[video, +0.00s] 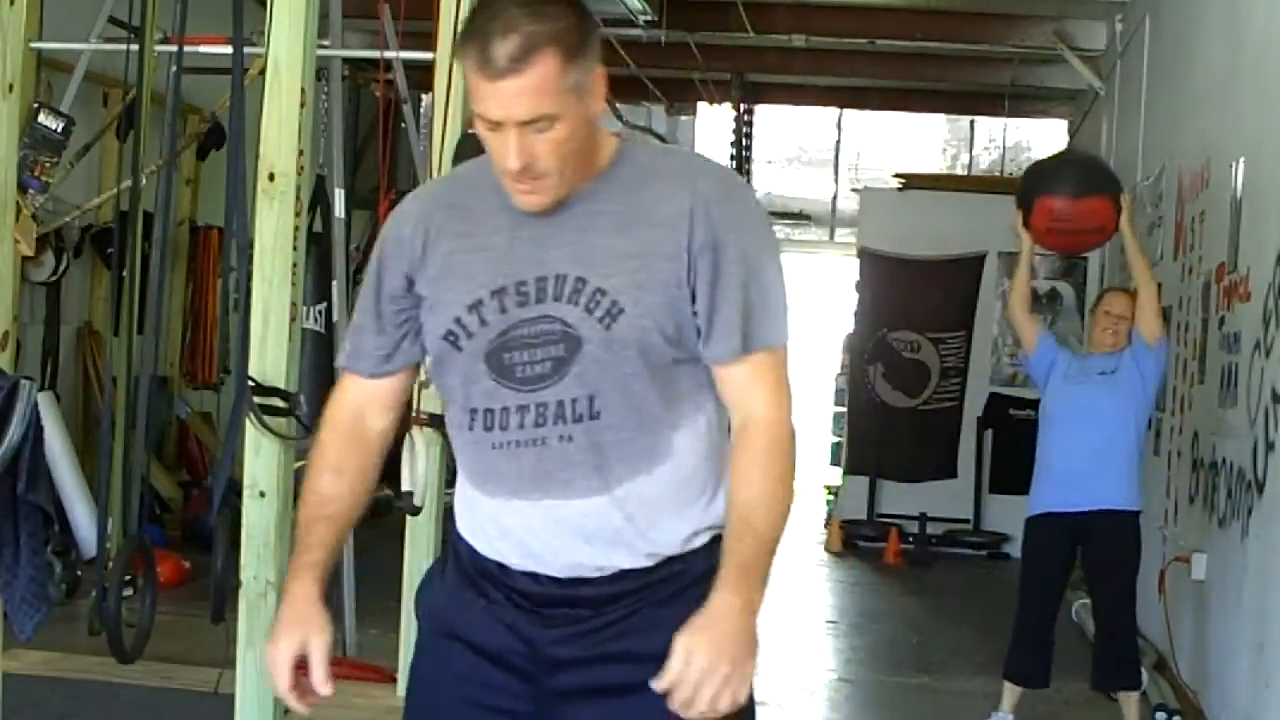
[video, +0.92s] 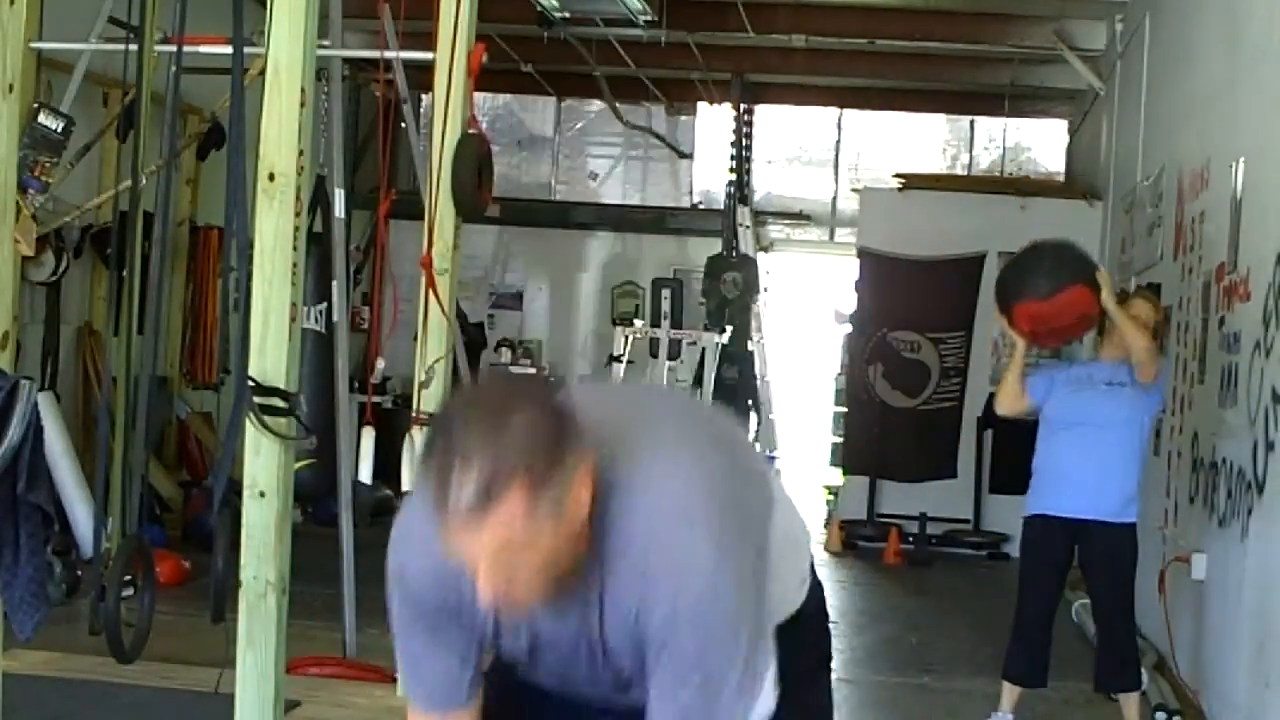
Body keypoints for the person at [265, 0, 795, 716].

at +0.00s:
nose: (515, 159)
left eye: (541, 125)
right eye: (490, 126)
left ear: (598, 91)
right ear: (470, 105)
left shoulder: (706, 208)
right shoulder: (423, 226)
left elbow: (762, 419)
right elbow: (362, 409)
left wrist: (735, 606)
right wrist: (304, 584)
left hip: (657, 621)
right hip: (479, 617)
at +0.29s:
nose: (550, 196)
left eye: (572, 160)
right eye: (525, 166)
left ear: (635, 120)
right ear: (504, 147)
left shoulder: (757, 238)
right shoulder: (494, 268)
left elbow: (817, 467)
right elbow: (441, 447)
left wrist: (759, 675)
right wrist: (367, 627)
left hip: (728, 636)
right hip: (555, 629)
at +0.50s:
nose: (577, 225)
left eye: (601, 191)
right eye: (553, 196)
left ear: (666, 151)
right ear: (535, 173)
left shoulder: (782, 265)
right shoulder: (528, 277)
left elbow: (830, 508)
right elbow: (490, 471)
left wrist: (772, 707)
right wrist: (439, 662)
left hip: (760, 630)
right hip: (592, 620)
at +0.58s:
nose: (564, 264)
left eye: (590, 230)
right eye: (544, 232)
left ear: (661, 188)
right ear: (526, 204)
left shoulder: (768, 293)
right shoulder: (515, 301)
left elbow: (815, 544)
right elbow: (489, 496)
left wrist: (765, 711)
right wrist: (452, 689)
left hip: (758, 633)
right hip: (597, 622)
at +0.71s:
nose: (528, 367)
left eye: (555, 331)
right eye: (510, 333)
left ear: (625, 288)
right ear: (490, 309)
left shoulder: (739, 366)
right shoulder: (477, 376)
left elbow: (777, 628)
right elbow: (468, 590)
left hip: (752, 638)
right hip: (588, 628)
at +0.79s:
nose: (510, 439)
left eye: (538, 403)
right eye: (493, 406)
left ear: (609, 355)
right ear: (472, 381)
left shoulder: (722, 410)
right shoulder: (457, 429)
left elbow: (750, 685)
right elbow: (455, 643)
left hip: (751, 639)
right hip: (576, 633)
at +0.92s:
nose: (488, 589)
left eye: (509, 554)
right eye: (471, 559)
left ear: (579, 493)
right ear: (444, 529)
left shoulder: (694, 542)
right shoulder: (428, 536)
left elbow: (711, 707)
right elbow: (438, 709)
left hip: (751, 625)